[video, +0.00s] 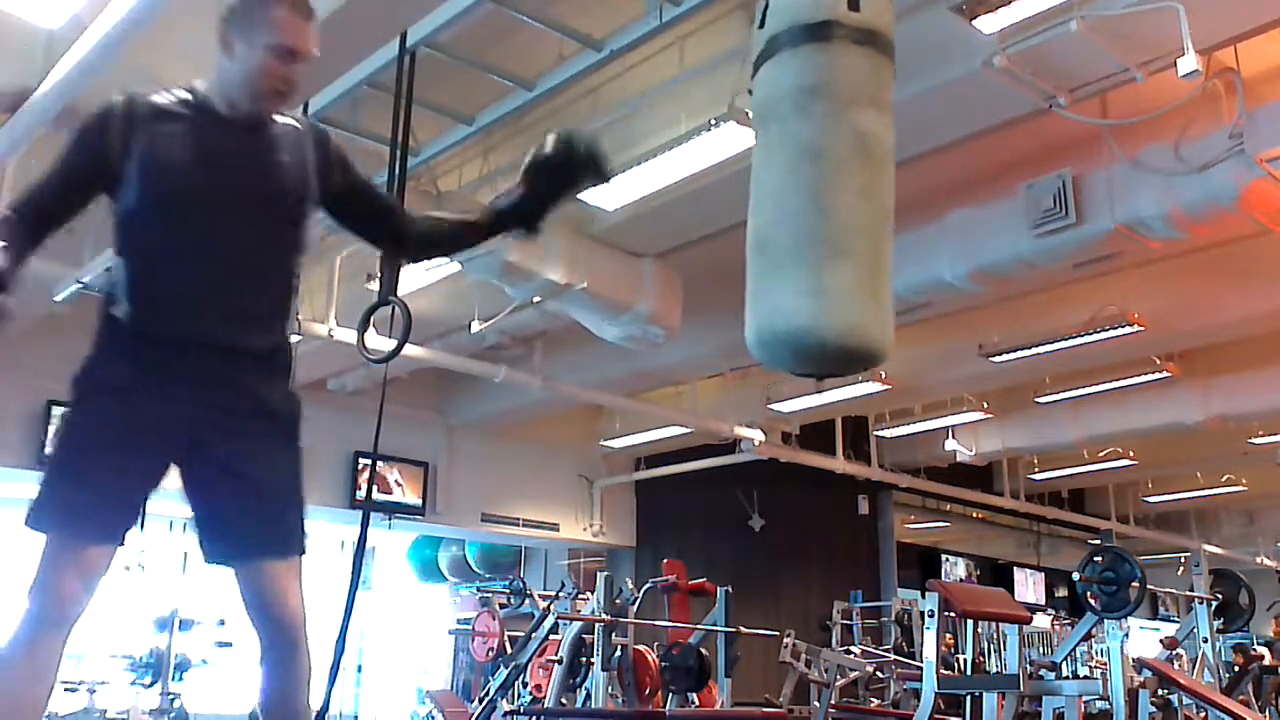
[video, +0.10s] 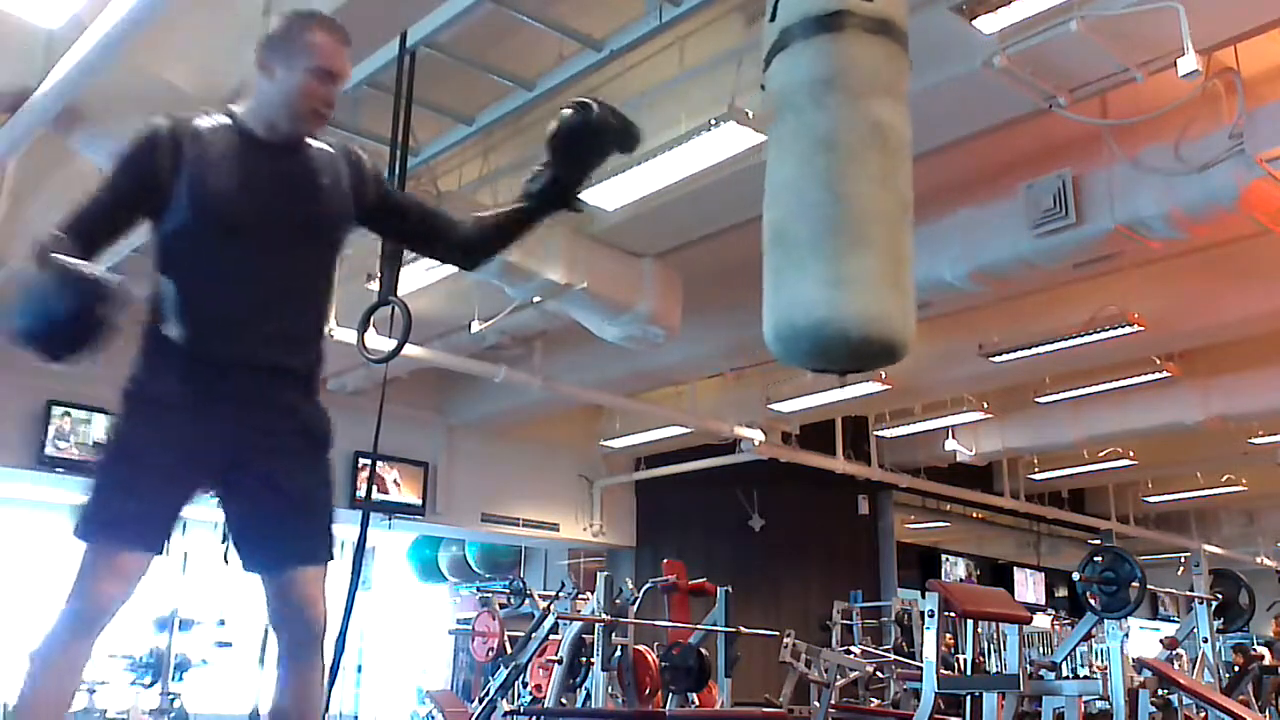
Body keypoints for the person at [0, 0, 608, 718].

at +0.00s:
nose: (295, 75)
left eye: (305, 61)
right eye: (282, 53)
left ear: (308, 64)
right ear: (228, 38)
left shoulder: (309, 153)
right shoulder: (130, 126)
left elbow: (409, 238)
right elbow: (22, 225)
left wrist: (522, 207)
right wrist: (3, 268)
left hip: (249, 397)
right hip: (132, 384)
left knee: (282, 621)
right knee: (57, 597)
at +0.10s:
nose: (332, 98)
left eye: (342, 86)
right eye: (321, 77)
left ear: (342, 89)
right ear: (266, 61)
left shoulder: (344, 172)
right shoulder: (178, 147)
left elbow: (466, 244)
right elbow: (67, 248)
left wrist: (556, 187)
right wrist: (66, 289)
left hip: (283, 415)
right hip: (174, 401)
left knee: (304, 623)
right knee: (97, 596)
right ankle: (30, 715)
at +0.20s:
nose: (371, 111)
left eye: (377, 97)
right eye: (359, 92)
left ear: (375, 105)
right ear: (307, 83)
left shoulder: (370, 189)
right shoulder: (222, 161)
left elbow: (471, 276)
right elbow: (115, 265)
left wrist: (551, 221)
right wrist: (150, 313)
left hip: (310, 426)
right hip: (213, 412)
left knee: (322, 629)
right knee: (157, 601)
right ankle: (74, 716)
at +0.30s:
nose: (401, 122)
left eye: (408, 109)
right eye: (390, 103)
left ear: (405, 118)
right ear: (338, 91)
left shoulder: (396, 205)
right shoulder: (254, 165)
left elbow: (415, 330)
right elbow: (147, 268)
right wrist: (206, 338)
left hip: (333, 414)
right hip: (243, 402)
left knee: (328, 619)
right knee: (218, 587)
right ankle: (149, 712)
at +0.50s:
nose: (428, 121)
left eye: (436, 109)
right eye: (417, 103)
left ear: (438, 116)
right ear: (367, 89)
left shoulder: (427, 201)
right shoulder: (277, 157)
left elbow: (449, 327)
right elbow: (160, 248)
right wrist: (199, 288)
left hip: (363, 418)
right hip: (272, 402)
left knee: (337, 623)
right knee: (272, 598)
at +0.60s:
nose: (436, 120)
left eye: (445, 109)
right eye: (425, 100)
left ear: (446, 118)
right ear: (376, 89)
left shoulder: (440, 196)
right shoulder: (291, 156)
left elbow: (491, 312)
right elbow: (173, 251)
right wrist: (254, 252)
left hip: (372, 425)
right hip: (280, 410)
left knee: (366, 624)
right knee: (269, 604)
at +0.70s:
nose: (444, 119)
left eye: (453, 108)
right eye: (433, 100)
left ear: (453, 115)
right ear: (384, 89)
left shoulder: (447, 192)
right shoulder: (308, 151)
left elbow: (521, 294)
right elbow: (219, 242)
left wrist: (578, 236)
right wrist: (347, 211)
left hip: (392, 416)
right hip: (299, 407)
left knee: (426, 604)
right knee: (278, 602)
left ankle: (371, 718)